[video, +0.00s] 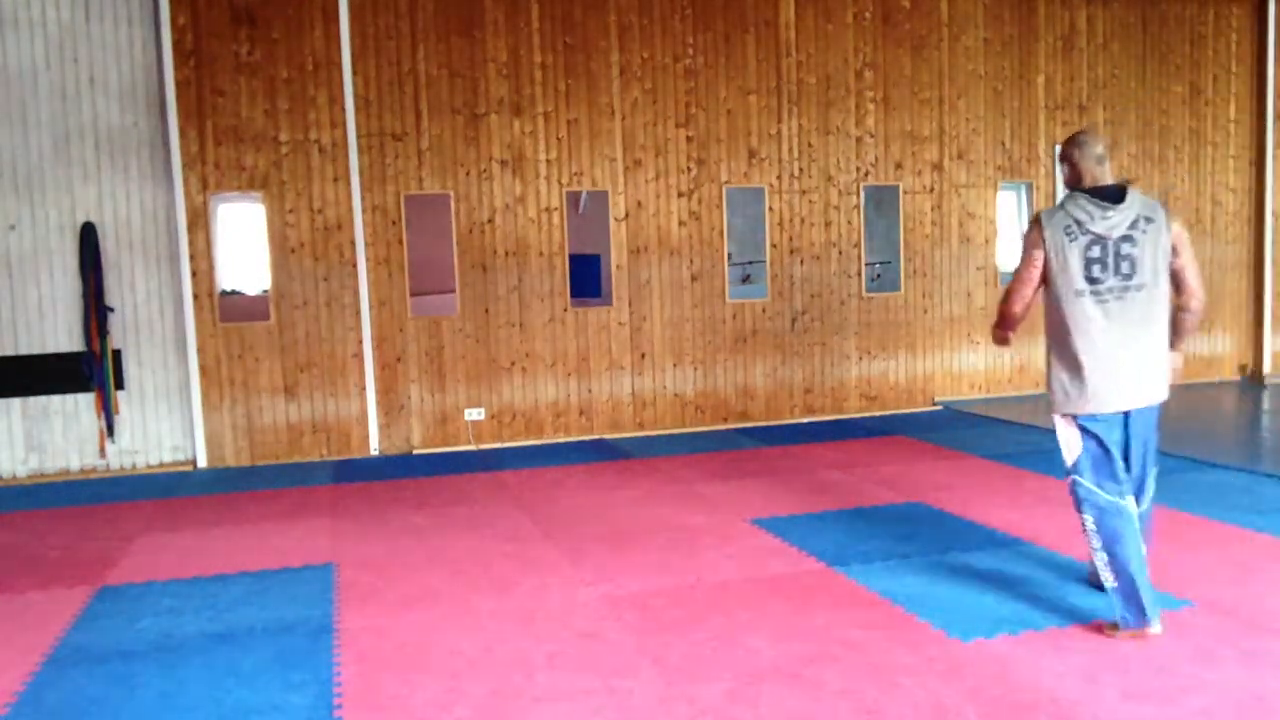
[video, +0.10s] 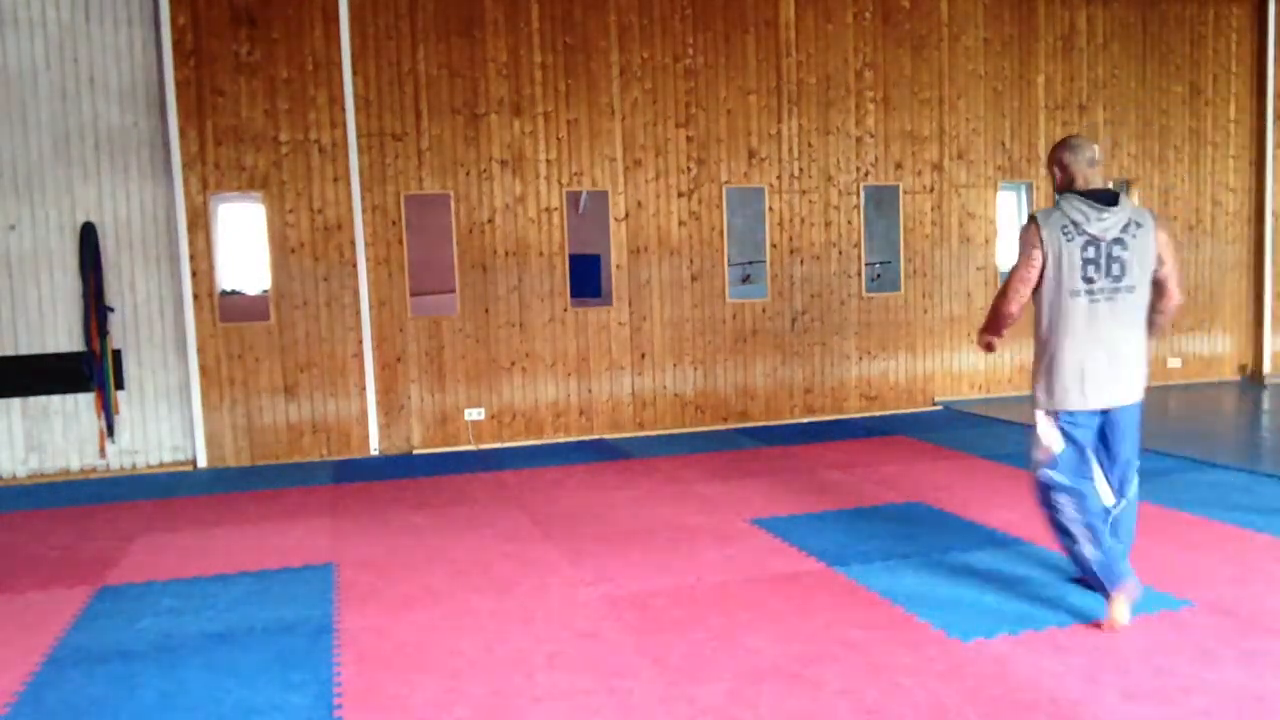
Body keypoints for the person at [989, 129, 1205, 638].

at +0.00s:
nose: (1063, 173)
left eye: (1063, 165)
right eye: (1067, 164)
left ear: (1068, 168)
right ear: (1111, 164)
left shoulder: (1050, 225)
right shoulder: (1160, 217)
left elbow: (1016, 305)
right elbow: (1193, 301)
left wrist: (1003, 330)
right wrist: (1174, 343)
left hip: (1085, 384)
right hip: (1147, 379)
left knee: (1102, 494)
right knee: (1138, 486)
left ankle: (1141, 613)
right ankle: (1115, 572)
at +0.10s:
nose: (1051, 178)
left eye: (1051, 171)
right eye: (1054, 170)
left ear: (1058, 172)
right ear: (1100, 168)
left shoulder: (1044, 227)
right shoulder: (1147, 224)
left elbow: (1013, 303)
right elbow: (1170, 298)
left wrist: (990, 333)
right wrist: (1147, 332)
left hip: (1067, 381)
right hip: (1127, 378)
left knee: (1060, 480)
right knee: (1122, 481)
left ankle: (1116, 581)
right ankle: (1107, 570)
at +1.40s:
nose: (875, 201)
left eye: (881, 192)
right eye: (871, 195)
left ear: (905, 188)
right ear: (872, 198)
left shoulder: (930, 230)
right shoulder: (881, 236)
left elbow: (933, 287)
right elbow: (862, 298)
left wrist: (881, 268)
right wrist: (851, 275)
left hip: (918, 362)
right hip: (887, 359)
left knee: (897, 454)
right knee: (906, 450)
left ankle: (893, 549)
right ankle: (926, 522)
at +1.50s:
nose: (871, 204)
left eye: (876, 194)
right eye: (867, 197)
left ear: (899, 191)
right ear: (868, 201)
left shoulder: (924, 233)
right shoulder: (878, 239)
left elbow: (926, 291)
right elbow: (861, 301)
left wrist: (874, 270)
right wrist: (847, 280)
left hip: (913, 366)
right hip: (884, 363)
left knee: (899, 460)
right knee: (903, 454)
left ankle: (899, 554)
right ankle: (926, 524)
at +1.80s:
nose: (856, 203)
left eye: (863, 193)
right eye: (851, 197)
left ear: (886, 191)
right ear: (851, 202)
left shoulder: (910, 235)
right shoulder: (864, 241)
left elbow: (913, 299)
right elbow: (854, 304)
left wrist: (856, 279)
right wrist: (834, 285)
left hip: (908, 380)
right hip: (877, 376)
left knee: (896, 472)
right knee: (871, 453)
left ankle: (898, 561)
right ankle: (912, 512)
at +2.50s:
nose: (857, 202)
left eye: (865, 194)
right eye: (851, 196)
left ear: (884, 196)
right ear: (845, 203)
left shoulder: (914, 240)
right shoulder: (843, 249)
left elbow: (935, 300)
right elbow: (831, 311)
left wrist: (879, 294)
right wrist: (833, 299)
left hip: (902, 377)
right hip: (862, 375)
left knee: (890, 468)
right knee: (871, 463)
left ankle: (899, 560)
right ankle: (895, 526)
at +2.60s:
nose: (861, 200)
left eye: (869, 192)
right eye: (855, 194)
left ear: (887, 194)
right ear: (849, 201)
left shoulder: (915, 239)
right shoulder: (843, 247)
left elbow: (935, 301)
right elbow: (831, 310)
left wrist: (880, 293)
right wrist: (832, 296)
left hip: (901, 375)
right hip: (860, 373)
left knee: (891, 468)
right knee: (871, 462)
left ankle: (899, 560)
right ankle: (896, 526)